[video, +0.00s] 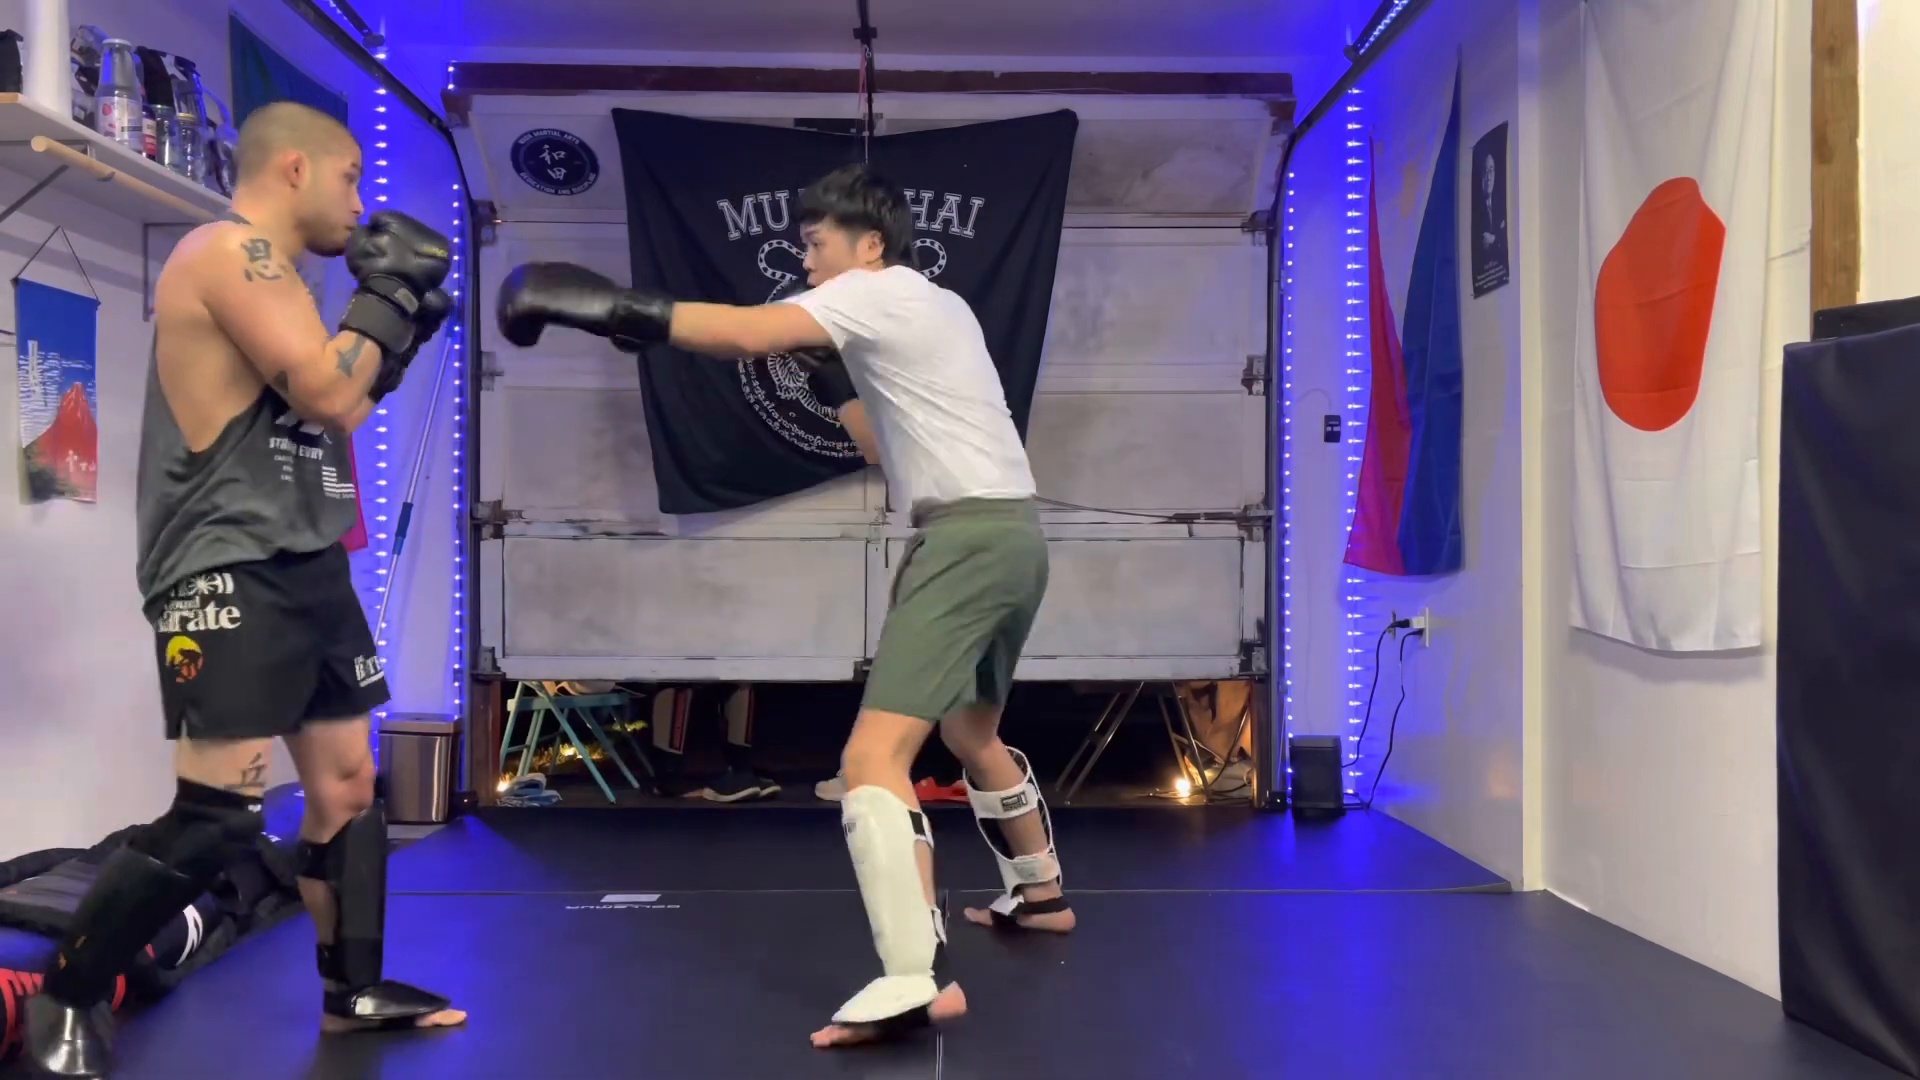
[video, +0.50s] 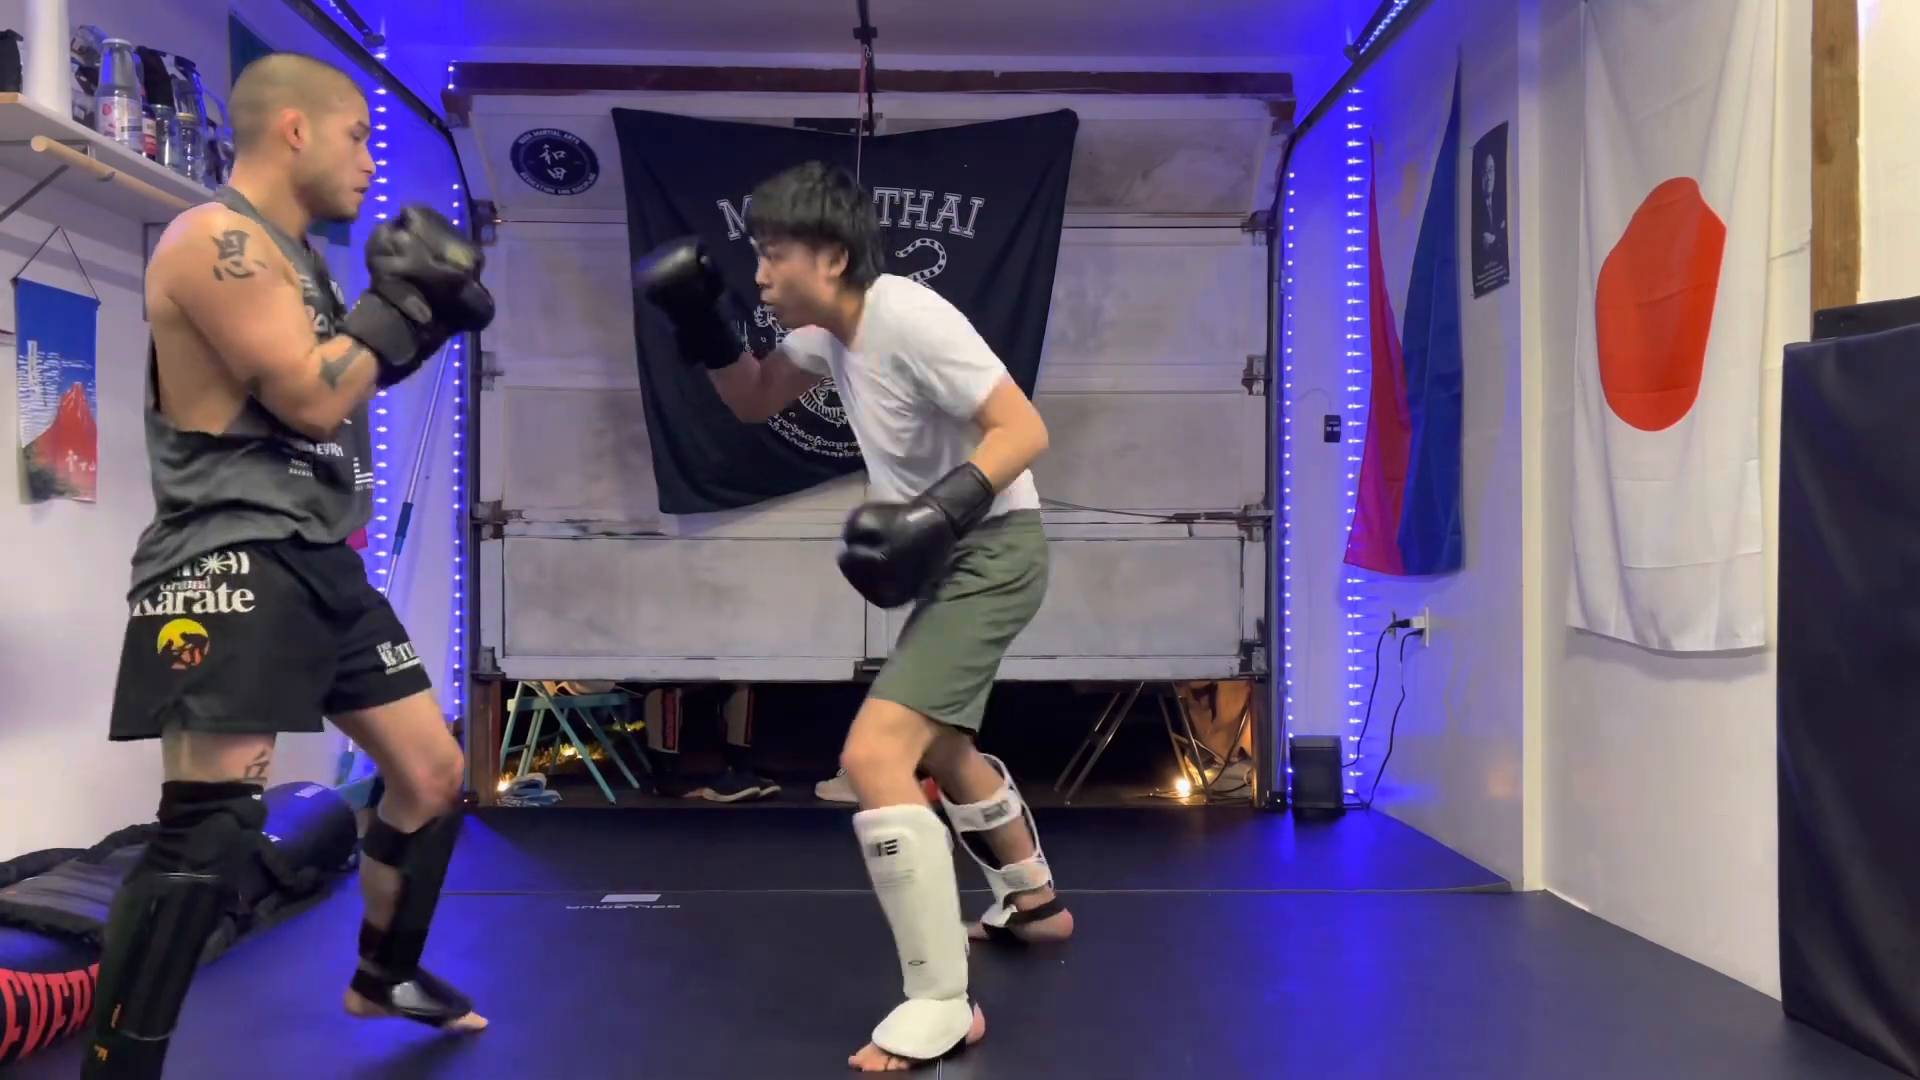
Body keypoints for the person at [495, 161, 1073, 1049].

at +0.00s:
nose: (806, 265)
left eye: (817, 248)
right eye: (805, 249)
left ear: (870, 242)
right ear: (883, 249)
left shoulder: (878, 298)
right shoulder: (940, 309)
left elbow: (747, 330)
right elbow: (890, 443)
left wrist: (613, 308)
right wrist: (822, 392)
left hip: (967, 538)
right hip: (1014, 538)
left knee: (874, 760)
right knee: (973, 732)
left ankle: (912, 974)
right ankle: (1039, 890)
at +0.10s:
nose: (804, 270)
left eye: (816, 253)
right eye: (805, 254)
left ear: (872, 253)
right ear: (870, 258)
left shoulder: (890, 309)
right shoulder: (921, 312)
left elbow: (802, 387)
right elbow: (962, 427)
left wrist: (693, 340)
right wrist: (893, 444)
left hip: (973, 552)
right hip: (998, 549)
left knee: (873, 762)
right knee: (965, 746)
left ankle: (916, 990)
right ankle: (1039, 896)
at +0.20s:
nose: (807, 272)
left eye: (818, 252)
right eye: (804, 255)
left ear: (877, 251)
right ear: (844, 255)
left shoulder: (935, 317)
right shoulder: (859, 335)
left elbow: (926, 460)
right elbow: (847, 443)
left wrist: (826, 393)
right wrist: (775, 380)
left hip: (996, 542)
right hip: (949, 547)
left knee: (908, 751)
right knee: (967, 757)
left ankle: (926, 989)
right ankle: (1038, 891)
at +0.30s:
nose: (816, 295)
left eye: (829, 281)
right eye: (815, 280)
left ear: (890, 283)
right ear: (841, 284)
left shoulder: (969, 346)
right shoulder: (840, 335)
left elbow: (985, 489)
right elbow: (739, 394)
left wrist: (894, 432)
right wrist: (681, 357)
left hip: (1012, 556)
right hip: (944, 560)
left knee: (927, 744)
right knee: (960, 751)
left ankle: (947, 993)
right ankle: (1033, 889)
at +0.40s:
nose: (796, 306)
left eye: (812, 290)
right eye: (795, 288)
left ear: (873, 292)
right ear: (834, 295)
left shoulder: (962, 349)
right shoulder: (830, 347)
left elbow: (1010, 487)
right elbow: (727, 392)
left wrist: (895, 471)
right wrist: (667, 356)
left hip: (1007, 562)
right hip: (936, 568)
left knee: (919, 745)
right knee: (970, 746)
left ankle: (945, 1002)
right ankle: (1036, 890)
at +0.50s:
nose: (761, 276)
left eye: (773, 258)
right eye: (760, 258)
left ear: (831, 260)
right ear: (806, 264)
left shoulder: (910, 317)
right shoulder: (826, 329)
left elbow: (1023, 431)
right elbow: (754, 398)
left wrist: (935, 513)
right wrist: (705, 330)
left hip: (994, 548)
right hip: (944, 552)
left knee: (877, 753)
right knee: (944, 743)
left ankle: (939, 1004)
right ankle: (1034, 899)